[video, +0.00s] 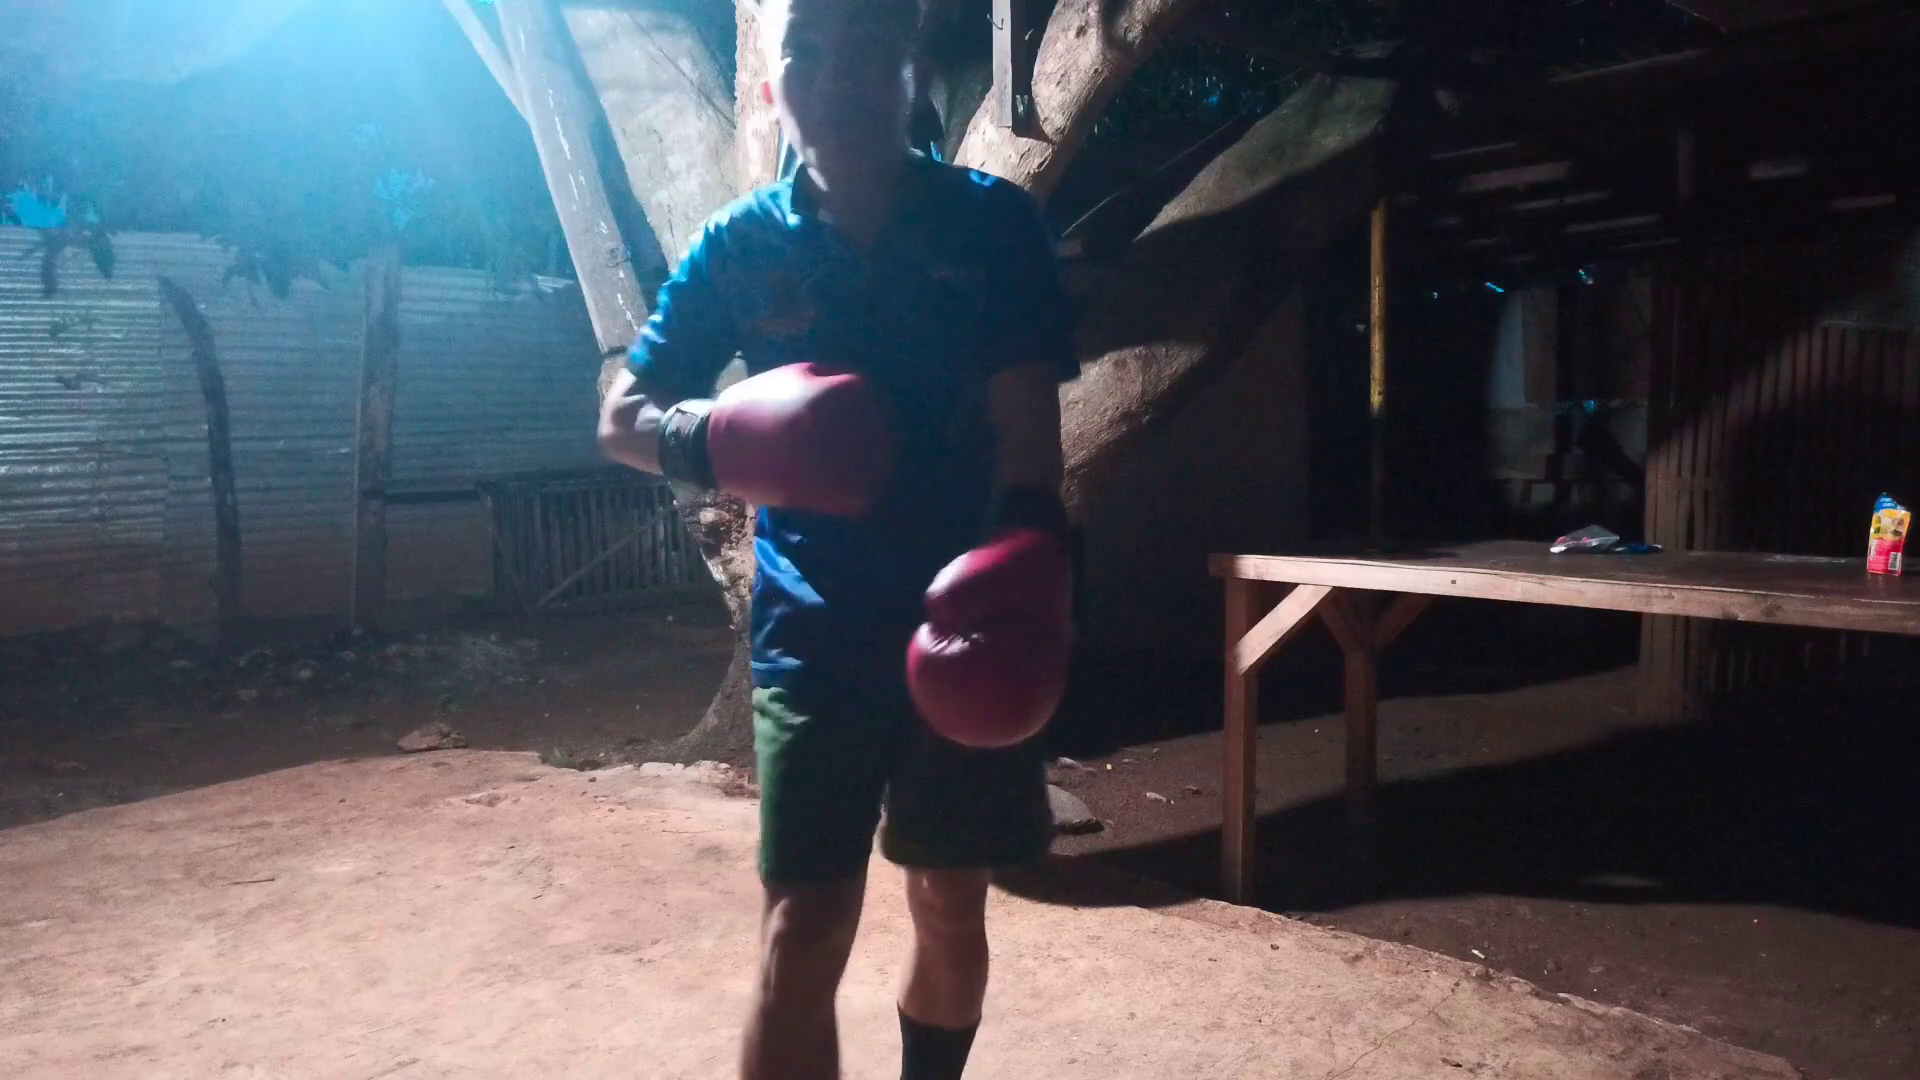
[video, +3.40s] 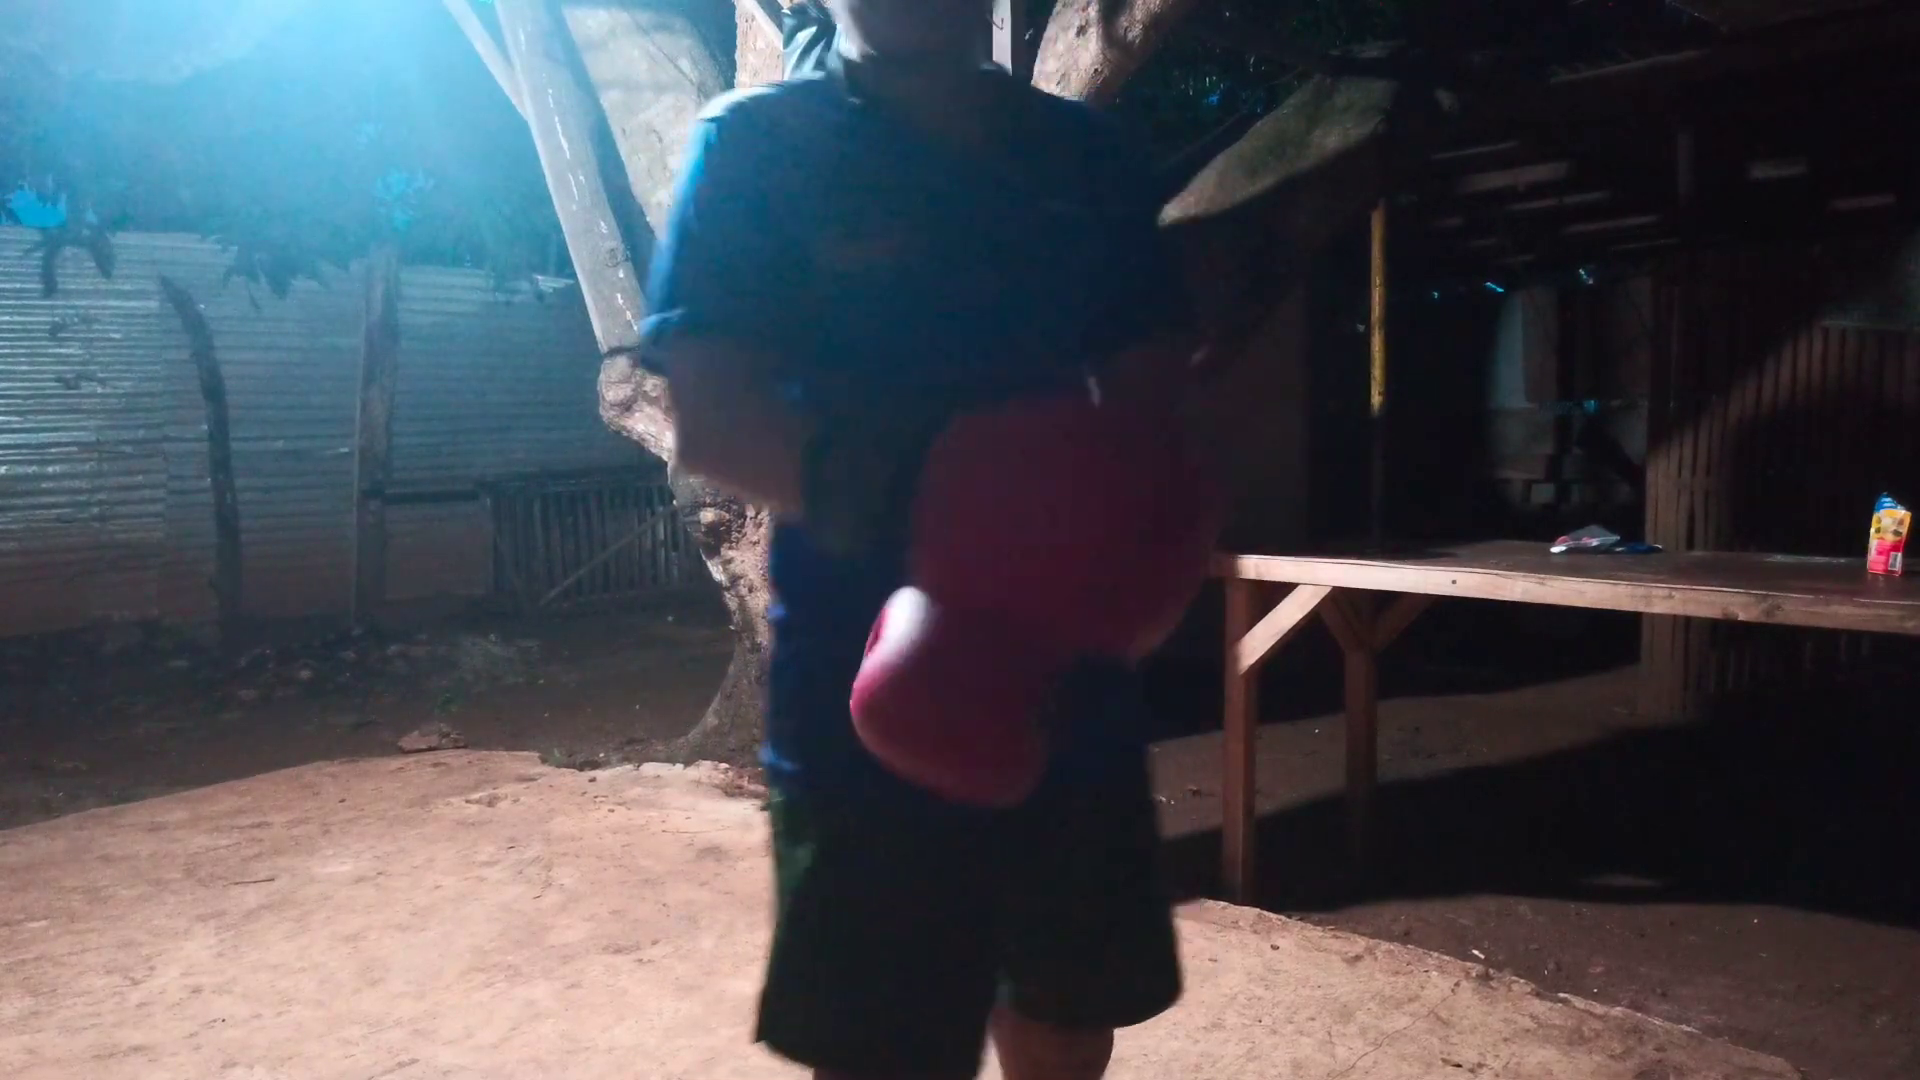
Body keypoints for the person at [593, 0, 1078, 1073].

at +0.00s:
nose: (829, 84)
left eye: (858, 58)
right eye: (804, 59)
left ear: (909, 77)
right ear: (773, 85)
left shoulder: (993, 227)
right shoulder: (740, 246)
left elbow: (1028, 432)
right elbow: (621, 418)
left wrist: (1022, 567)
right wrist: (724, 438)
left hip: (964, 621)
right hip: (813, 630)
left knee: (951, 910)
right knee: (806, 927)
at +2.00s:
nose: (951, 12)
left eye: (966, 3)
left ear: (979, 6)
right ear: (815, 2)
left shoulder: (1018, 141)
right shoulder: (702, 135)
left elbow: (1106, 394)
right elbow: (599, 390)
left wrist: (1057, 533)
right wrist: (849, 317)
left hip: (1025, 678)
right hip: (817, 702)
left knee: (1070, 1030)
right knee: (831, 1056)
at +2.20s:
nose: (959, 18)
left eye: (979, 4)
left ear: (997, 7)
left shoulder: (1042, 130)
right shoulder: (721, 107)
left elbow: (1124, 356)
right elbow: (738, 341)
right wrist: (1011, 330)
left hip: (1039, 681)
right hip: (830, 694)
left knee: (1059, 1033)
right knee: (830, 1057)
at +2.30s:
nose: (977, 9)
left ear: (1027, 7)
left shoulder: (1071, 141)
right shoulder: (748, 105)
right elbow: (778, 328)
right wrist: (1057, 333)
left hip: (1058, 688)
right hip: (853, 690)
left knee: (1074, 1026)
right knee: (849, 1054)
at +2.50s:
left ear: (1054, 3)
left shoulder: (1128, 148)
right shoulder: (816, 106)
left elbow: (1209, 383)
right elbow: (865, 315)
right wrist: (1108, 400)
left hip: (1094, 660)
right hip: (892, 659)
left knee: (1079, 979)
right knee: (905, 1032)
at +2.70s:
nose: (1017, 4)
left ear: (1085, 7)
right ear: (926, 4)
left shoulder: (1160, 163)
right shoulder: (857, 143)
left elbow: (1217, 413)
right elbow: (788, 389)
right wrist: (1018, 426)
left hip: (1122, 652)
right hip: (926, 655)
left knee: (1089, 1005)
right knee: (941, 1036)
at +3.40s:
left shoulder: (1093, 151)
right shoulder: (761, 142)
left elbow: (1156, 407)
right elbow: (709, 423)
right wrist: (930, 484)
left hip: (1073, 688)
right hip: (859, 693)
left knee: (1066, 1041)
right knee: (887, 1056)